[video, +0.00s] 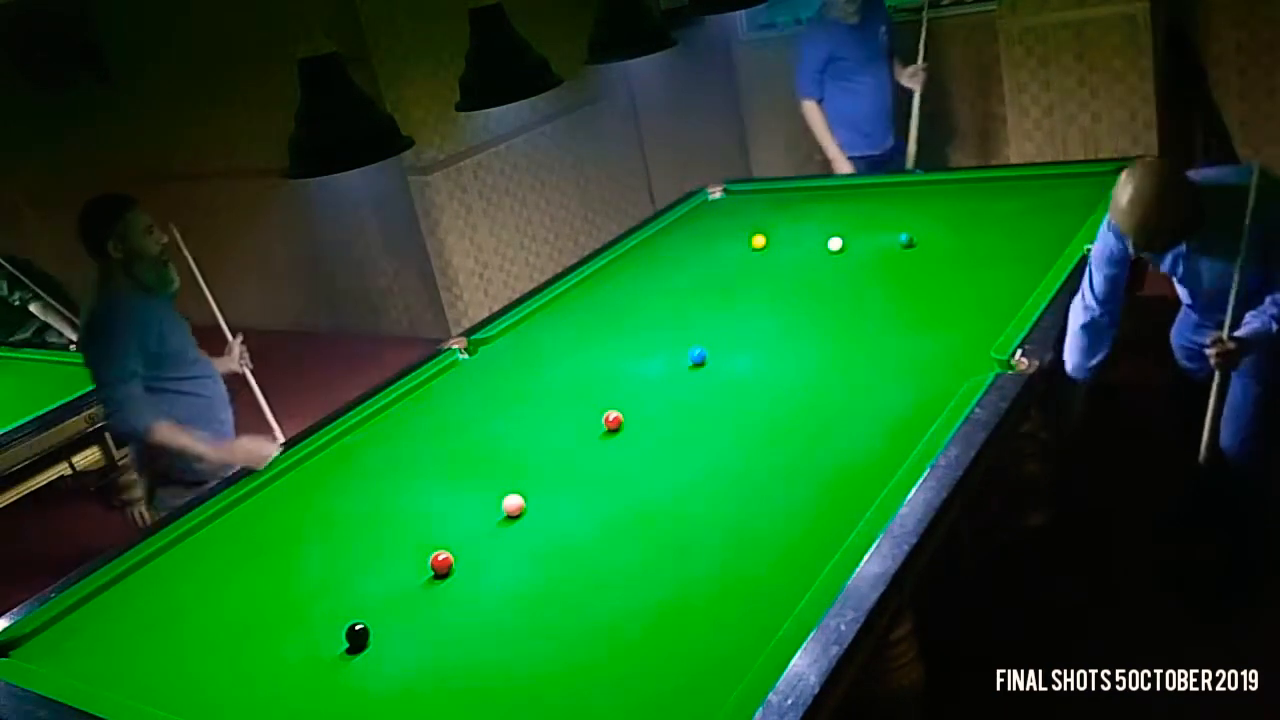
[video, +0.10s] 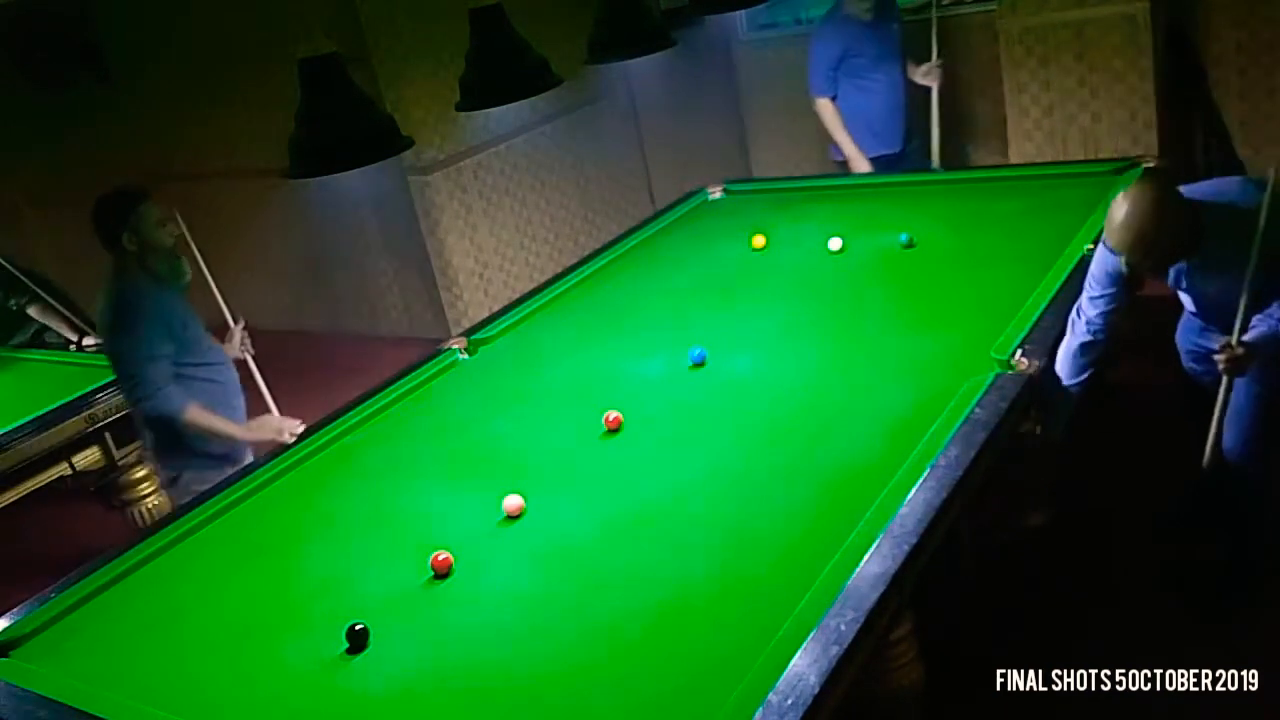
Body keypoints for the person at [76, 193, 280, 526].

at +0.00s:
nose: (163, 239)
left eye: (156, 228)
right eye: (148, 232)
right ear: (117, 249)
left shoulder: (145, 298)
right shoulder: (114, 315)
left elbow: (168, 364)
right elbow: (127, 414)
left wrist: (222, 364)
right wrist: (222, 450)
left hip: (214, 474)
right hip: (185, 488)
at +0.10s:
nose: (175, 231)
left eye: (169, 221)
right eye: (161, 225)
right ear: (131, 241)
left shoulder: (154, 290)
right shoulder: (136, 301)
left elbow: (174, 363)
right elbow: (156, 398)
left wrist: (223, 352)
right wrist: (244, 431)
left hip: (227, 464)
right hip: (202, 480)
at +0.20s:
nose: (187, 221)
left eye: (182, 211)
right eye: (173, 214)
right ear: (144, 230)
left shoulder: (164, 279)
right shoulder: (153, 286)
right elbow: (173, 382)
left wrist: (224, 336)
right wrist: (258, 415)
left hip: (232, 446)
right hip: (215, 457)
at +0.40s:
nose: (217, 205)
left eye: (211, 196)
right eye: (203, 199)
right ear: (176, 213)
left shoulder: (180, 260)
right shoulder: (187, 266)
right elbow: (203, 359)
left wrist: (237, 313)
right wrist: (282, 394)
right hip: (244, 428)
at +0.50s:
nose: (237, 202)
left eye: (231, 193)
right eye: (223, 196)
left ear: (195, 210)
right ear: (195, 209)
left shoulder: (188, 258)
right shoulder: (209, 261)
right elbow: (223, 350)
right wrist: (296, 386)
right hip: (260, 418)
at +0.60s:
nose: (260, 199)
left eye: (256, 189)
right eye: (248, 190)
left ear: (212, 205)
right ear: (222, 201)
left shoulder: (199, 256)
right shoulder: (239, 254)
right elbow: (244, 341)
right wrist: (315, 377)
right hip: (281, 409)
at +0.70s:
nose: (287, 193)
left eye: (283, 183)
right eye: (274, 186)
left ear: (242, 202)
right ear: (246, 199)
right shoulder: (269, 248)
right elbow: (272, 333)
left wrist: (345, 366)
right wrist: (340, 363)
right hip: (309, 401)